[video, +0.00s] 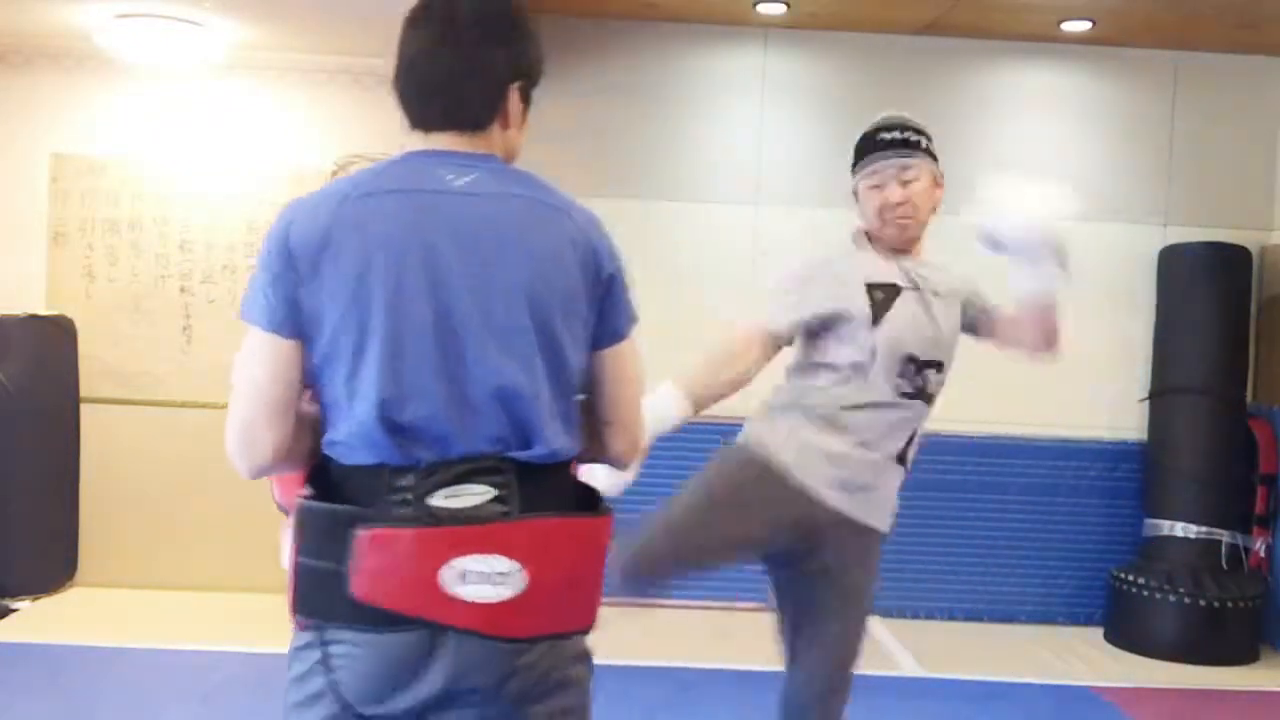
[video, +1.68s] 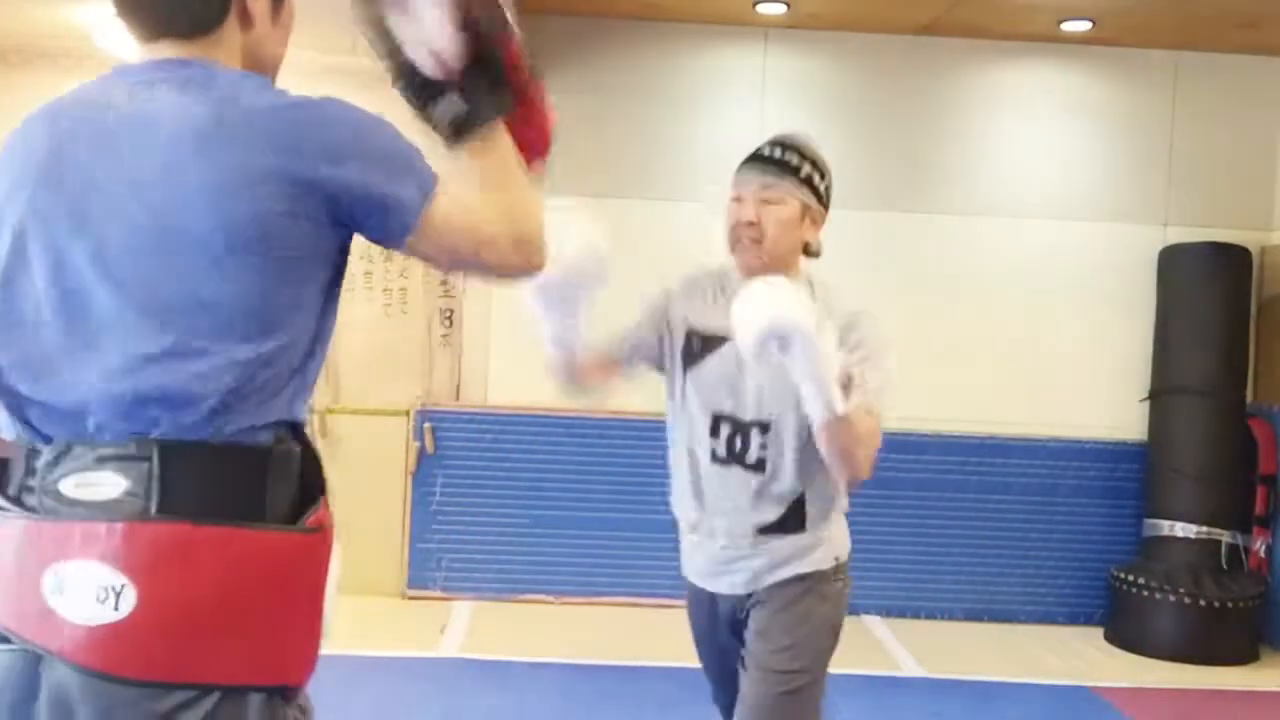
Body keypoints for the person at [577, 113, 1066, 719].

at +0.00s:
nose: (893, 197)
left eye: (908, 179)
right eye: (876, 185)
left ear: (939, 189)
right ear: (857, 199)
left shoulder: (952, 294)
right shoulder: (835, 272)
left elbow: (1038, 339)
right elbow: (742, 353)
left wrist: (1035, 267)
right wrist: (650, 417)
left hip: (853, 520)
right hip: (771, 477)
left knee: (817, 699)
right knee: (632, 568)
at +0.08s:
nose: (889, 204)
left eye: (903, 187)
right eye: (873, 191)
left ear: (932, 191)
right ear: (854, 199)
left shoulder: (945, 284)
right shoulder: (823, 274)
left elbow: (1012, 326)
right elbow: (734, 365)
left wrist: (997, 233)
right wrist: (633, 426)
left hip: (835, 510)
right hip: (773, 444)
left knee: (790, 692)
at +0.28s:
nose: (827, 203)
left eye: (845, 187)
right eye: (819, 188)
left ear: (893, 192)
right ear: (809, 194)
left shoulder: (919, 278)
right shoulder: (781, 268)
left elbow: (966, 412)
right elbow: (715, 365)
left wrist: (944, 333)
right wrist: (628, 433)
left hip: (799, 516)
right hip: (726, 450)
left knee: (750, 706)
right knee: (669, 415)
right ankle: (523, 432)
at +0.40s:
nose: (807, 201)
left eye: (826, 184)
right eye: (800, 185)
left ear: (876, 191)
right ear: (792, 189)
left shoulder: (907, 299)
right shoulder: (767, 268)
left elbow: (962, 419)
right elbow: (705, 365)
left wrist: (931, 351)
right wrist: (614, 410)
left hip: (796, 513)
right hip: (712, 455)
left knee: (751, 699)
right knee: (620, 502)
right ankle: (494, 611)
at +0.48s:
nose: (792, 190)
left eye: (813, 176)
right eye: (786, 174)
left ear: (864, 189)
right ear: (776, 180)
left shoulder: (882, 299)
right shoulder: (747, 265)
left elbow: (952, 425)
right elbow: (683, 360)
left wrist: (914, 351)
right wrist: (605, 394)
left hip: (794, 528)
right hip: (700, 491)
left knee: (745, 707)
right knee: (593, 627)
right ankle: (608, 711)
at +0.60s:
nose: (762, 190)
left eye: (783, 177)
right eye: (757, 175)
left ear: (833, 195)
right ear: (747, 183)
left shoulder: (861, 299)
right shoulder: (719, 271)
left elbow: (904, 423)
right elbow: (664, 365)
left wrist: (870, 411)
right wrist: (609, 401)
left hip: (777, 542)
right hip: (696, 530)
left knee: (731, 709)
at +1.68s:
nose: (746, 215)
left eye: (770, 200)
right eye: (737, 199)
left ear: (812, 223)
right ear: (724, 211)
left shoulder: (840, 327)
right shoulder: (688, 302)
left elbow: (855, 465)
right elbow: (583, 377)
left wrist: (810, 363)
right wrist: (564, 320)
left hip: (799, 575)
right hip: (707, 574)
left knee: (766, 711)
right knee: (738, 709)